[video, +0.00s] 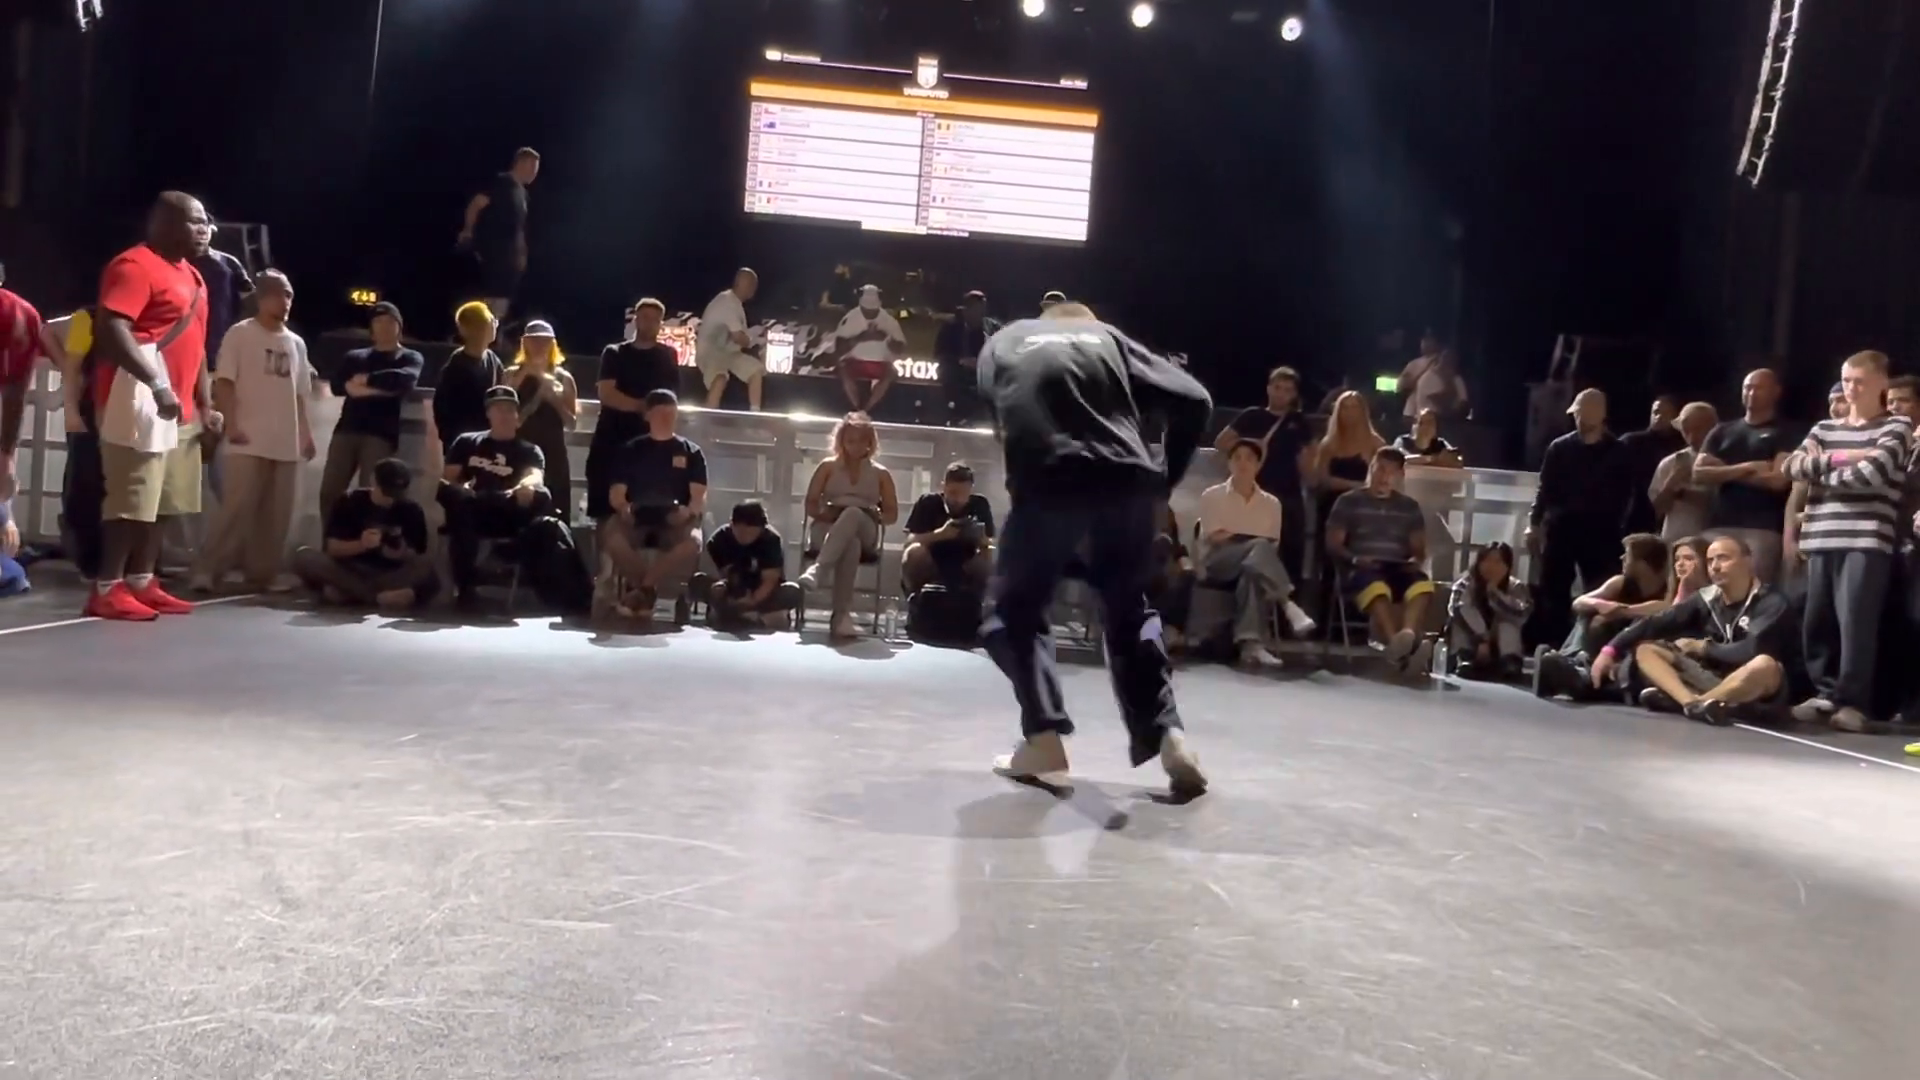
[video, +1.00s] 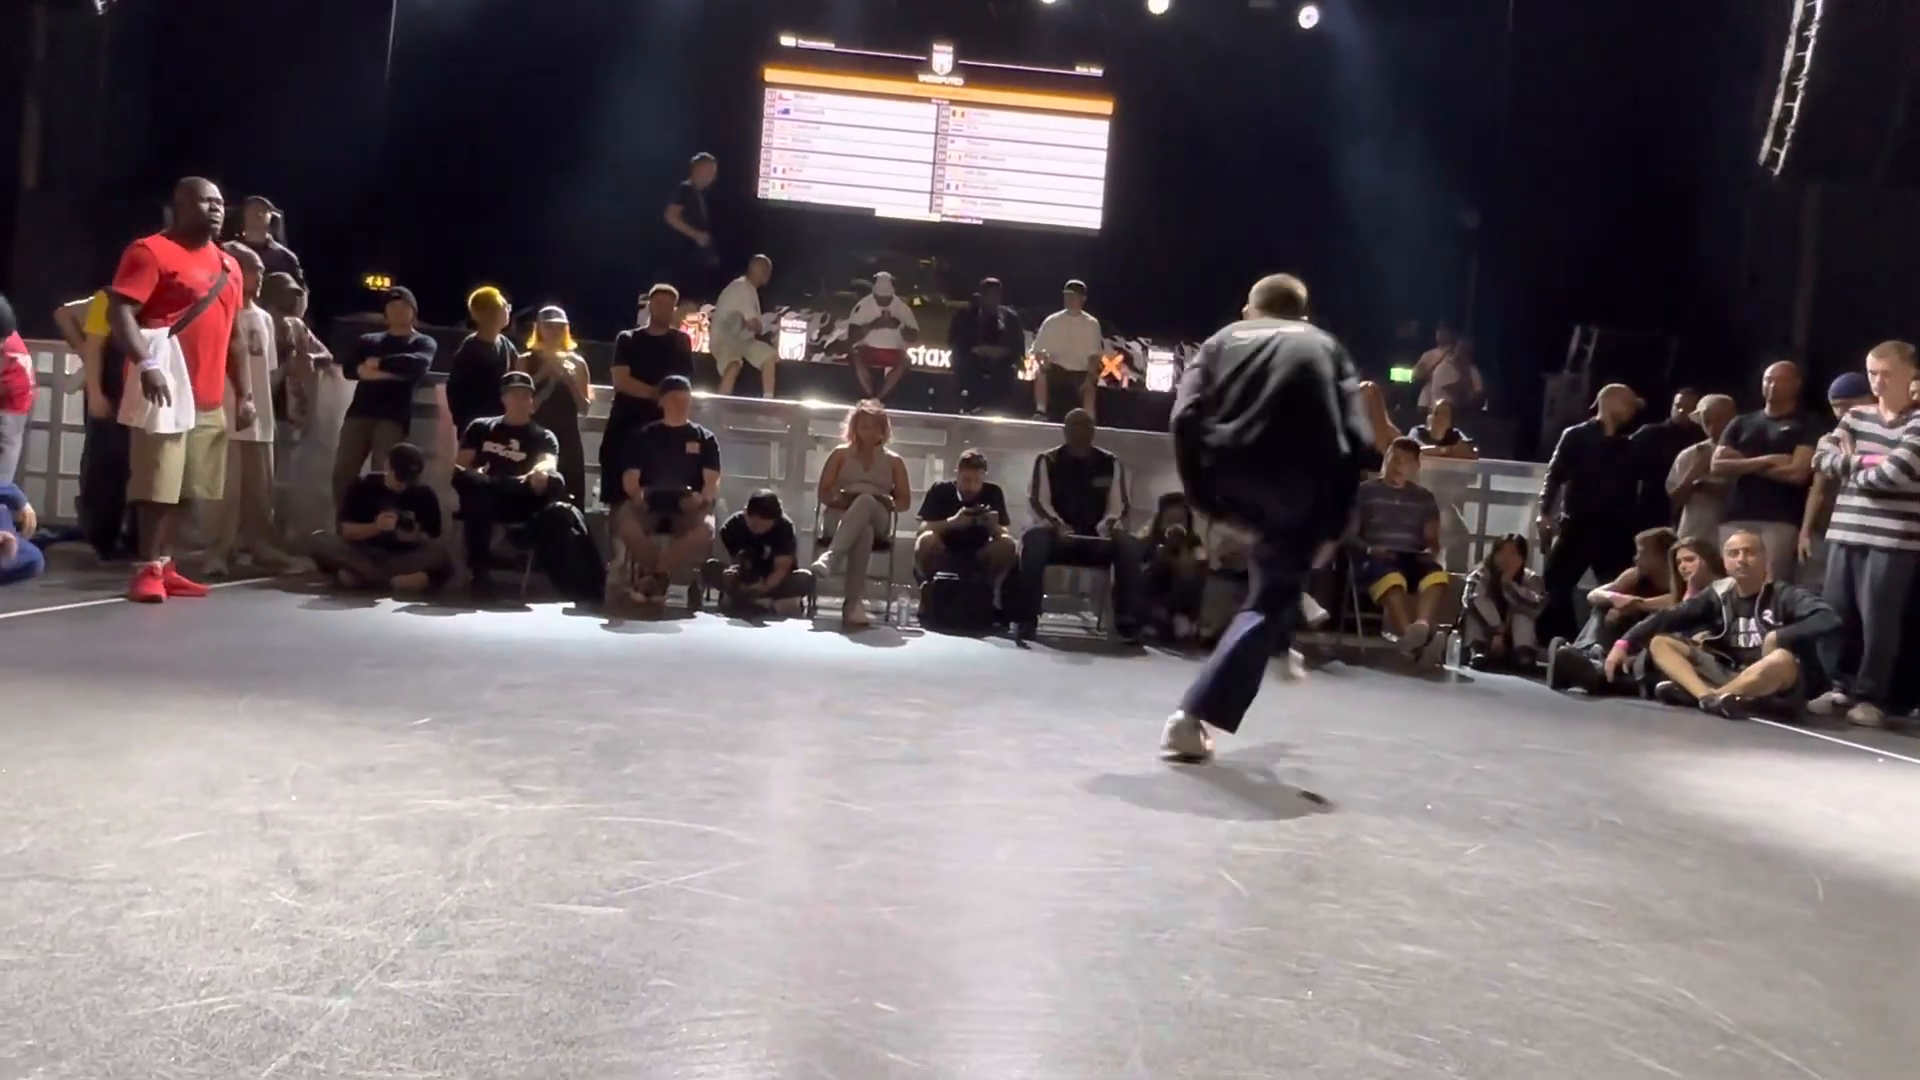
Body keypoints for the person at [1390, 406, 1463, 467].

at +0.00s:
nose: (1426, 427)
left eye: (1430, 423)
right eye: (1422, 423)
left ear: (1435, 426)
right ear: (1416, 425)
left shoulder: (1441, 444)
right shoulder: (1403, 441)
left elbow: (1456, 461)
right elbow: (1402, 459)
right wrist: (1435, 459)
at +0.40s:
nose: (1432, 423)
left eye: (1436, 419)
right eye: (1428, 418)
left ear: (1442, 422)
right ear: (1422, 421)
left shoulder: (1447, 439)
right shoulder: (1409, 436)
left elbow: (1462, 456)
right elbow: (1406, 454)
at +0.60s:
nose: (1436, 421)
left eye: (1440, 417)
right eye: (1432, 416)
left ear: (1446, 421)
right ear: (1425, 419)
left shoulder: (1451, 437)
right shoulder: (1413, 435)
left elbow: (1466, 455)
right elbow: (1411, 453)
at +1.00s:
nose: (1440, 418)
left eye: (1445, 414)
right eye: (1436, 413)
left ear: (1451, 418)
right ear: (1430, 415)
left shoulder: (1456, 434)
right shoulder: (1417, 432)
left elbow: (1471, 452)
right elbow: (1415, 450)